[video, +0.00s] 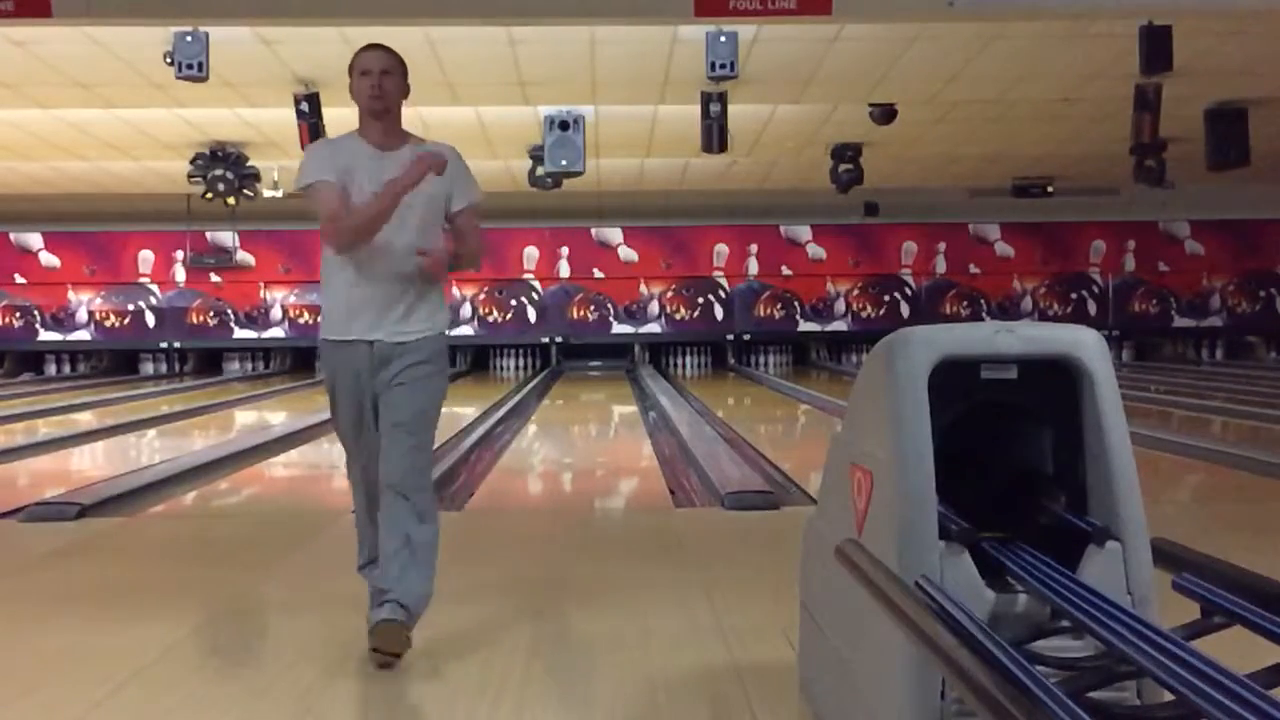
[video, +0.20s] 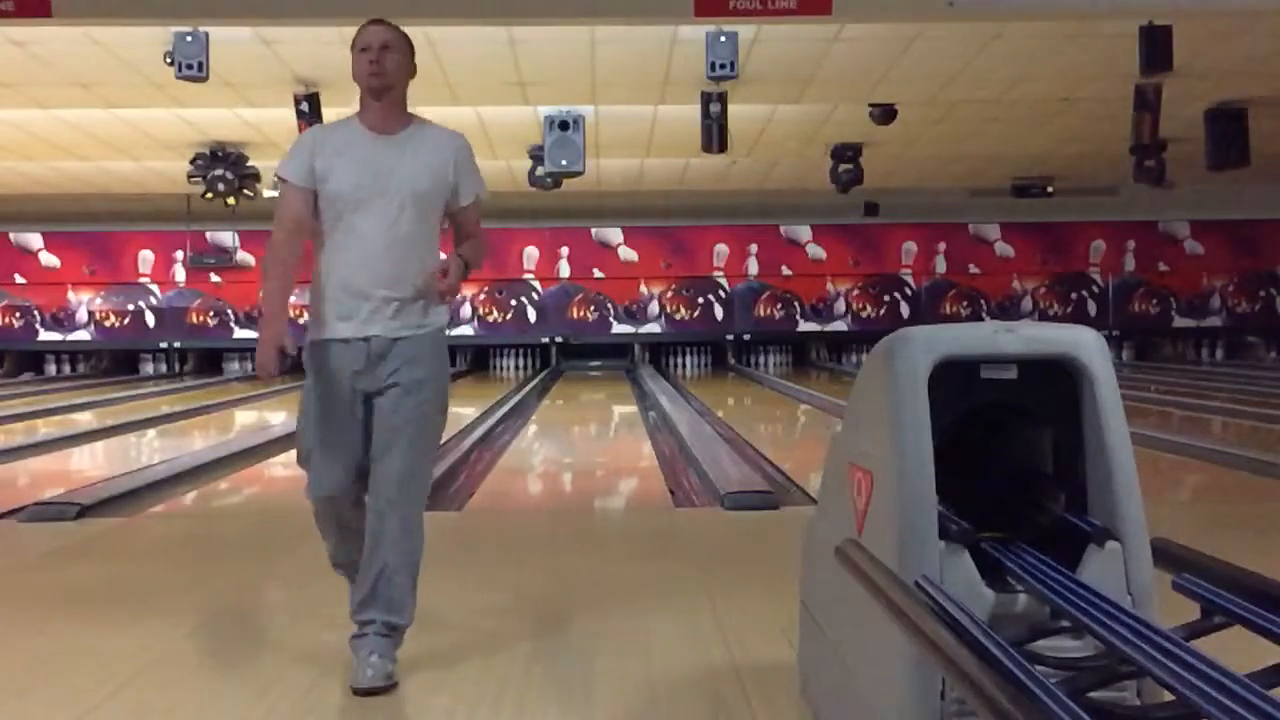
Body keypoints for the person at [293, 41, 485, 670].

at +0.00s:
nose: (375, 83)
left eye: (386, 74)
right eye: (364, 75)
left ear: (406, 88)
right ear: (351, 88)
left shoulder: (441, 160)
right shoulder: (326, 156)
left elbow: (472, 246)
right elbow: (342, 233)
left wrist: (451, 255)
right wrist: (406, 181)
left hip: (417, 338)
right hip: (347, 339)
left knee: (404, 473)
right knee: (366, 473)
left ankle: (396, 609)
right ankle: (381, 589)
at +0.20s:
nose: (373, 59)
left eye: (386, 49)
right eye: (363, 50)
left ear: (411, 66)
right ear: (350, 66)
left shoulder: (448, 150)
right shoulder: (315, 147)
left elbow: (471, 242)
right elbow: (284, 238)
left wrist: (455, 273)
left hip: (415, 343)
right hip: (334, 344)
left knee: (395, 490)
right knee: (331, 488)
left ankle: (378, 636)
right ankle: (367, 583)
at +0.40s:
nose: (362, 34)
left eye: (376, 23)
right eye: (350, 24)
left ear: (404, 38)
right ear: (339, 40)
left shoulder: (445, 125)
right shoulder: (307, 129)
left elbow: (483, 233)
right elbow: (263, 228)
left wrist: (461, 222)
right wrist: (216, 305)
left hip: (412, 337)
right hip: (325, 331)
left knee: (399, 499)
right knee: (325, 484)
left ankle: (379, 641)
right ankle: (319, 651)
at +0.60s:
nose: (345, 15)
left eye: (363, 6)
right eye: (334, 7)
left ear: (392, 25)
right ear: (321, 26)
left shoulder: (437, 117)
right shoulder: (287, 122)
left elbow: (471, 215)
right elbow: (258, 227)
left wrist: (462, 271)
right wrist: (241, 317)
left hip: (406, 351)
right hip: (313, 348)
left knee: (392, 511)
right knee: (327, 518)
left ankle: (381, 634)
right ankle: (321, 690)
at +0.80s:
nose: (340, 1)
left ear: (377, 5)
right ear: (313, 4)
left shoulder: (432, 85)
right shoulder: (265, 98)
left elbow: (461, 214)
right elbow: (252, 231)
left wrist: (471, 329)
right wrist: (243, 347)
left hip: (403, 343)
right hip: (295, 339)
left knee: (413, 529)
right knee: (312, 536)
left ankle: (393, 633)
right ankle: (323, 705)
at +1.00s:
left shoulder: (445, 67)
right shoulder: (260, 70)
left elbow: (483, 207)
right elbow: (222, 184)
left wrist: (490, 326)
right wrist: (219, 274)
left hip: (411, 340)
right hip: (297, 345)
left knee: (418, 539)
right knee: (317, 550)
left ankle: (435, 712)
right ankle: (324, 709)